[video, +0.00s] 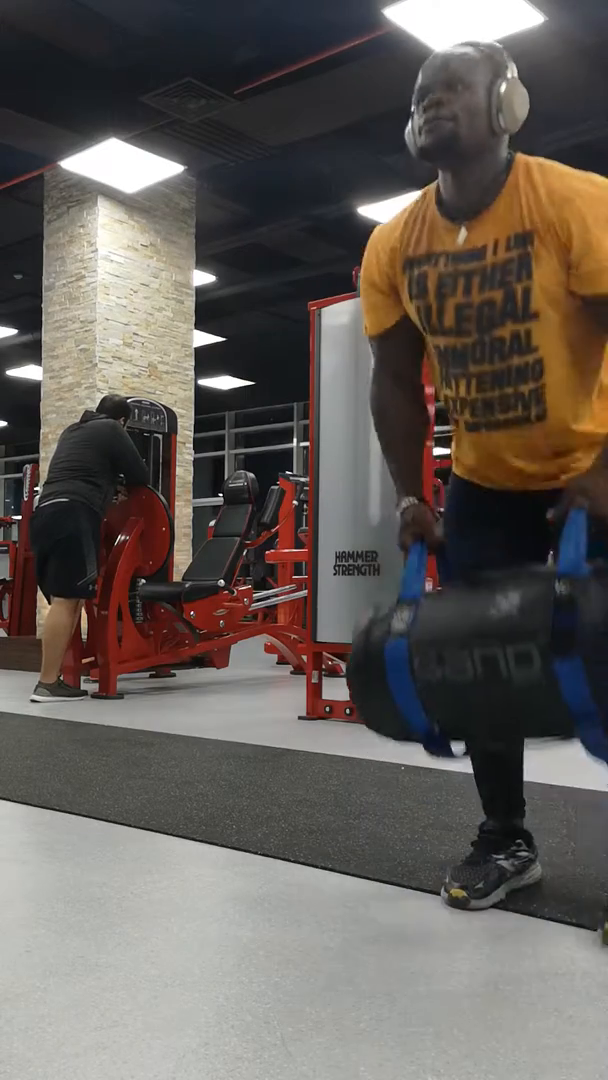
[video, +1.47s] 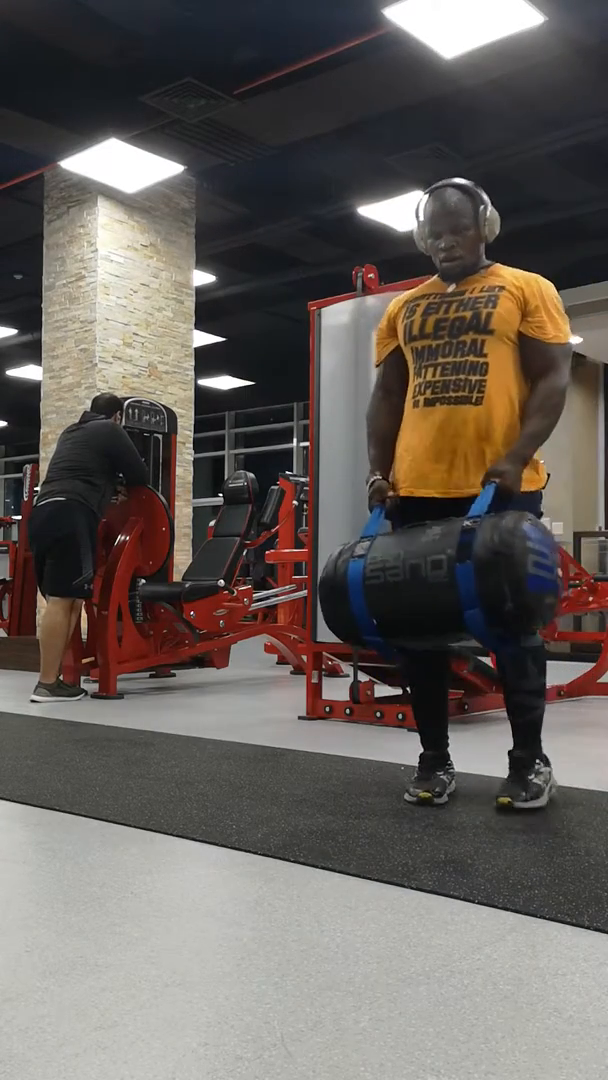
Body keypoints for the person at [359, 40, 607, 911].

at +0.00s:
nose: (424, 109)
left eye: (445, 93)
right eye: (418, 99)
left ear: (503, 105)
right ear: (414, 123)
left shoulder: (576, 202)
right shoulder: (395, 242)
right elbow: (394, 376)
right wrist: (408, 491)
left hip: (590, 468)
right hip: (485, 477)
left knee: (596, 646)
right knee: (476, 649)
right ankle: (504, 835)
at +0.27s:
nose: (459, 101)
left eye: (479, 87)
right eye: (450, 92)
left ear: (527, 104)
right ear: (441, 119)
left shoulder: (578, 187)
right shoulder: (414, 237)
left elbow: (607, 323)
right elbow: (403, 356)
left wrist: (595, 429)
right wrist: (400, 456)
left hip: (571, 473)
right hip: (462, 484)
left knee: (578, 645)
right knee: (477, 652)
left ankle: (567, 787)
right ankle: (500, 829)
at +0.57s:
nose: (496, 153)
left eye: (515, 139)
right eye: (489, 145)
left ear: (562, 151)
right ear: (480, 165)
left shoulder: (592, 231)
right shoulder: (451, 263)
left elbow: (607, 351)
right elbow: (431, 368)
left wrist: (600, 447)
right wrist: (419, 450)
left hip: (568, 482)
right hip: (467, 485)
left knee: (570, 647)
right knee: (466, 645)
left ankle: (563, 796)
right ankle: (464, 810)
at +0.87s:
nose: (498, 175)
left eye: (515, 164)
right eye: (485, 165)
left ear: (545, 177)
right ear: (465, 182)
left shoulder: (582, 254)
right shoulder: (436, 273)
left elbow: (601, 361)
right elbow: (417, 368)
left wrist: (594, 444)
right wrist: (411, 445)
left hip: (550, 477)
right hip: (454, 480)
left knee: (564, 630)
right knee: (437, 619)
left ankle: (563, 788)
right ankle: (440, 748)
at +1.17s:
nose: (447, 231)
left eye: (460, 218)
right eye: (435, 222)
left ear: (490, 218)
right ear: (419, 231)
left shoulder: (529, 286)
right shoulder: (398, 311)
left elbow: (563, 375)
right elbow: (385, 401)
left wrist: (539, 456)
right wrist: (385, 478)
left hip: (510, 501)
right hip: (423, 506)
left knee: (538, 636)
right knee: (422, 635)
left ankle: (554, 788)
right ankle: (435, 761)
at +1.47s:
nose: (447, 242)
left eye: (459, 229)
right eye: (436, 232)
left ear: (487, 227)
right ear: (421, 235)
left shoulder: (527, 290)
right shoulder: (402, 308)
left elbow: (552, 381)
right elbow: (388, 393)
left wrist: (518, 455)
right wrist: (377, 465)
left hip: (500, 490)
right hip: (416, 494)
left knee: (514, 620)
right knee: (417, 626)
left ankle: (528, 760)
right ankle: (433, 760)